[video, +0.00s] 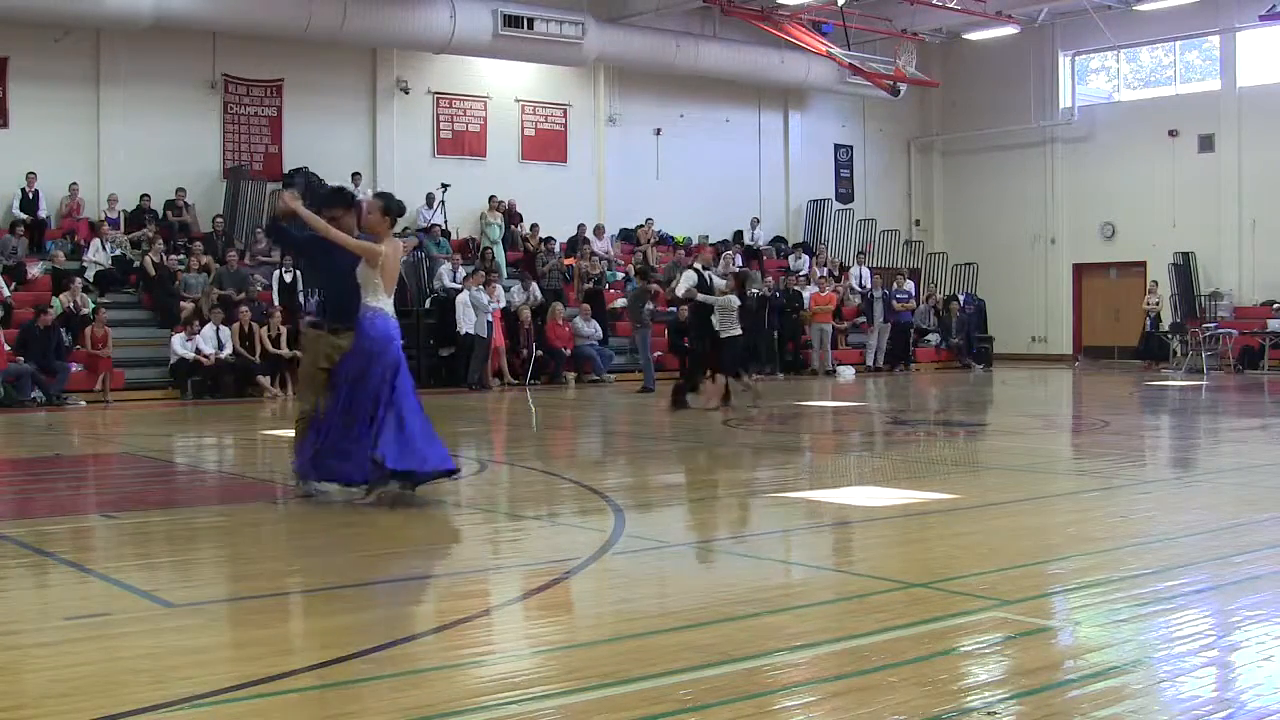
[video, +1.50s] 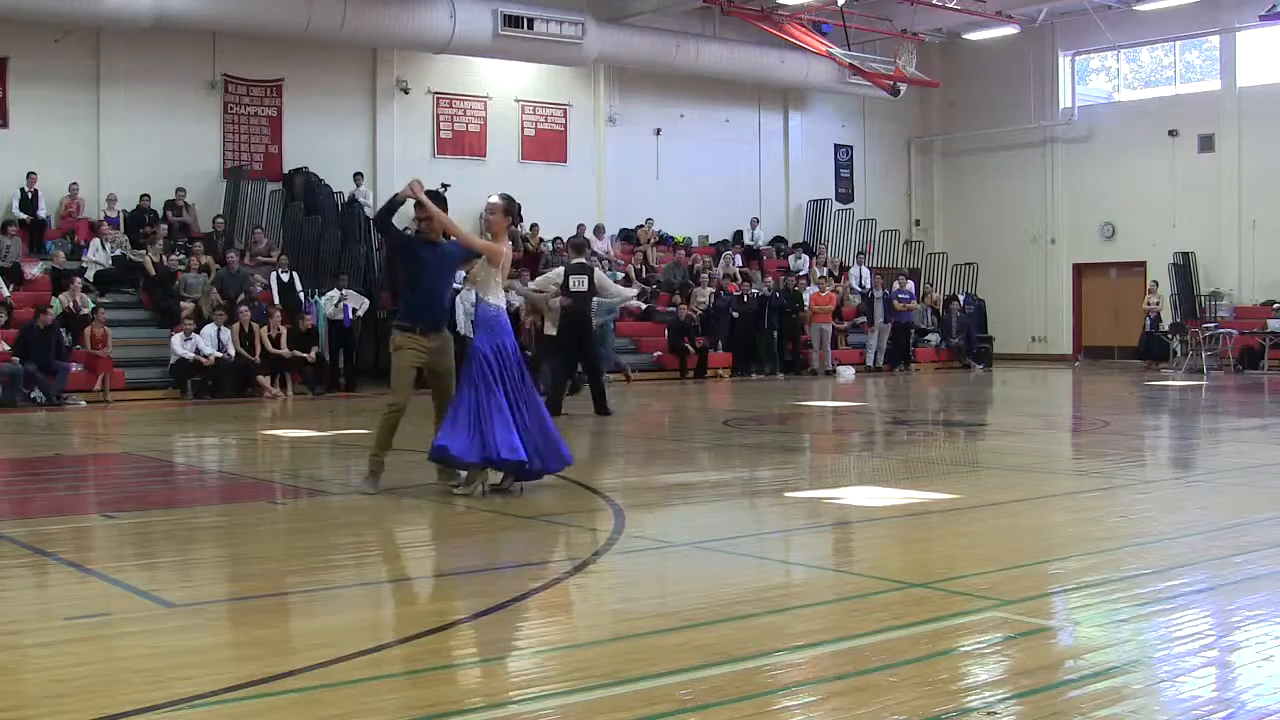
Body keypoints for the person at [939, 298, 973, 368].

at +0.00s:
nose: (954, 306)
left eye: (956, 305)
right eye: (952, 305)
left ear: (959, 307)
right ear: (949, 307)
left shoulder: (963, 318)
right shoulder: (944, 318)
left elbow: (964, 330)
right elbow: (943, 332)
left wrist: (958, 338)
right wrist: (949, 339)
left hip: (959, 338)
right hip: (949, 338)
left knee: (962, 344)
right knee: (953, 345)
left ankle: (964, 360)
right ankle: (962, 360)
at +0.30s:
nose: (954, 306)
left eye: (956, 305)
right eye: (952, 305)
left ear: (959, 307)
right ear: (949, 307)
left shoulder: (963, 318)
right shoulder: (945, 318)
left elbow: (964, 330)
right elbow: (943, 331)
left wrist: (958, 338)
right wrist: (949, 339)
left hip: (959, 338)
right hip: (950, 338)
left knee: (962, 344)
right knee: (953, 345)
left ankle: (964, 360)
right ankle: (962, 360)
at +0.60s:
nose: (955, 307)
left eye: (956, 305)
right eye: (953, 305)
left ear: (959, 307)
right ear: (949, 307)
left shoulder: (963, 318)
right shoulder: (944, 318)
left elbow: (965, 331)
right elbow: (943, 332)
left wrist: (958, 338)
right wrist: (950, 339)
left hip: (959, 338)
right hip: (949, 338)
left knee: (961, 344)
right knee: (953, 346)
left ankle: (964, 361)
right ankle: (964, 361)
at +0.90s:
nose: (955, 307)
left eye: (956, 305)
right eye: (953, 305)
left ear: (959, 307)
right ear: (950, 307)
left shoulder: (963, 318)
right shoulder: (944, 318)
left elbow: (964, 331)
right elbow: (943, 332)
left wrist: (958, 338)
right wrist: (950, 339)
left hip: (959, 338)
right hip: (949, 338)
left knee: (961, 344)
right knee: (952, 346)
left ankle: (964, 361)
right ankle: (964, 361)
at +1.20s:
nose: (955, 307)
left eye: (957, 305)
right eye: (953, 305)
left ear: (959, 307)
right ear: (950, 307)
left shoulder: (964, 318)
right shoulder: (945, 318)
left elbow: (965, 331)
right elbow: (943, 332)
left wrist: (958, 338)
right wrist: (950, 339)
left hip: (960, 338)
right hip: (949, 338)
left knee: (962, 344)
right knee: (952, 346)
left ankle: (964, 361)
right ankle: (964, 360)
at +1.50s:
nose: (955, 307)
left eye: (957, 305)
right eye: (953, 305)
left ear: (959, 307)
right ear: (949, 306)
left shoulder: (963, 318)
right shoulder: (944, 318)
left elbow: (965, 331)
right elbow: (943, 331)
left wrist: (958, 338)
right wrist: (949, 339)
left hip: (960, 338)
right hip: (949, 338)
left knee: (961, 345)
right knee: (953, 346)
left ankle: (963, 361)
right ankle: (965, 360)